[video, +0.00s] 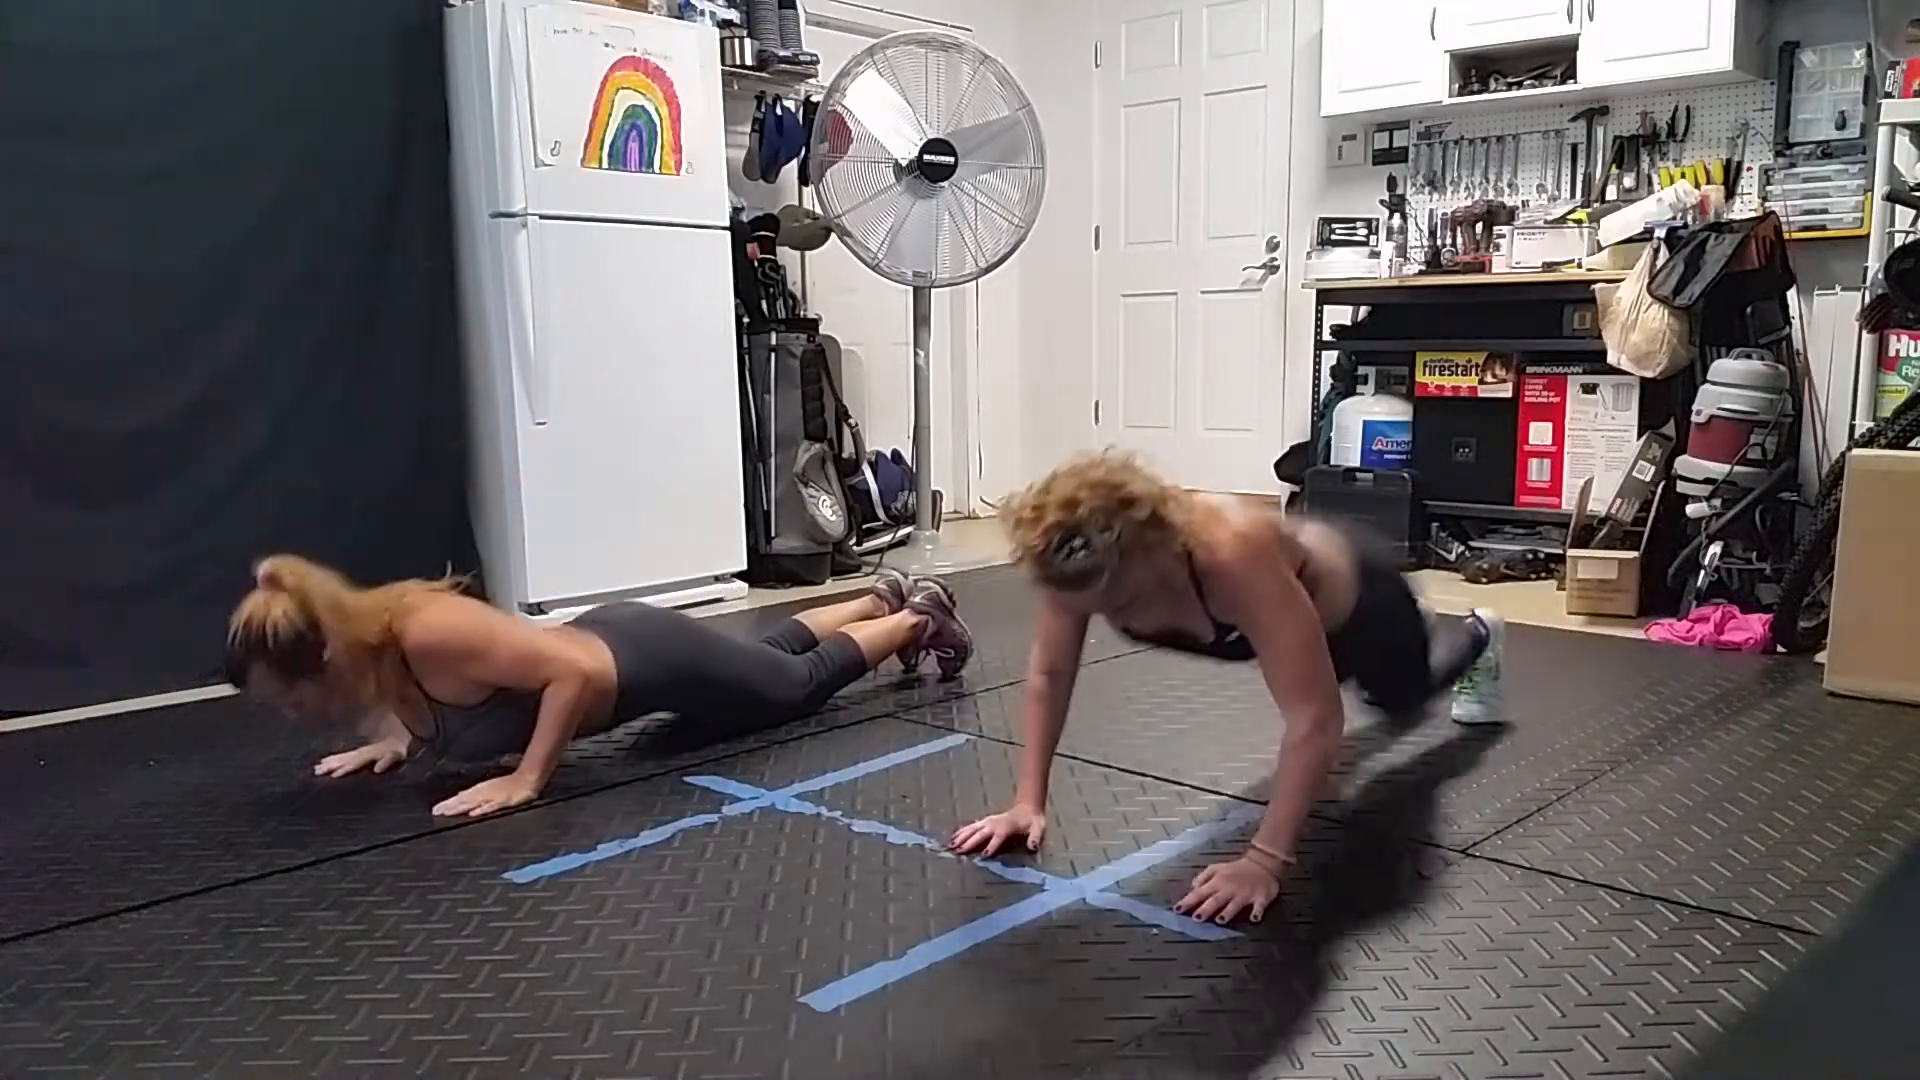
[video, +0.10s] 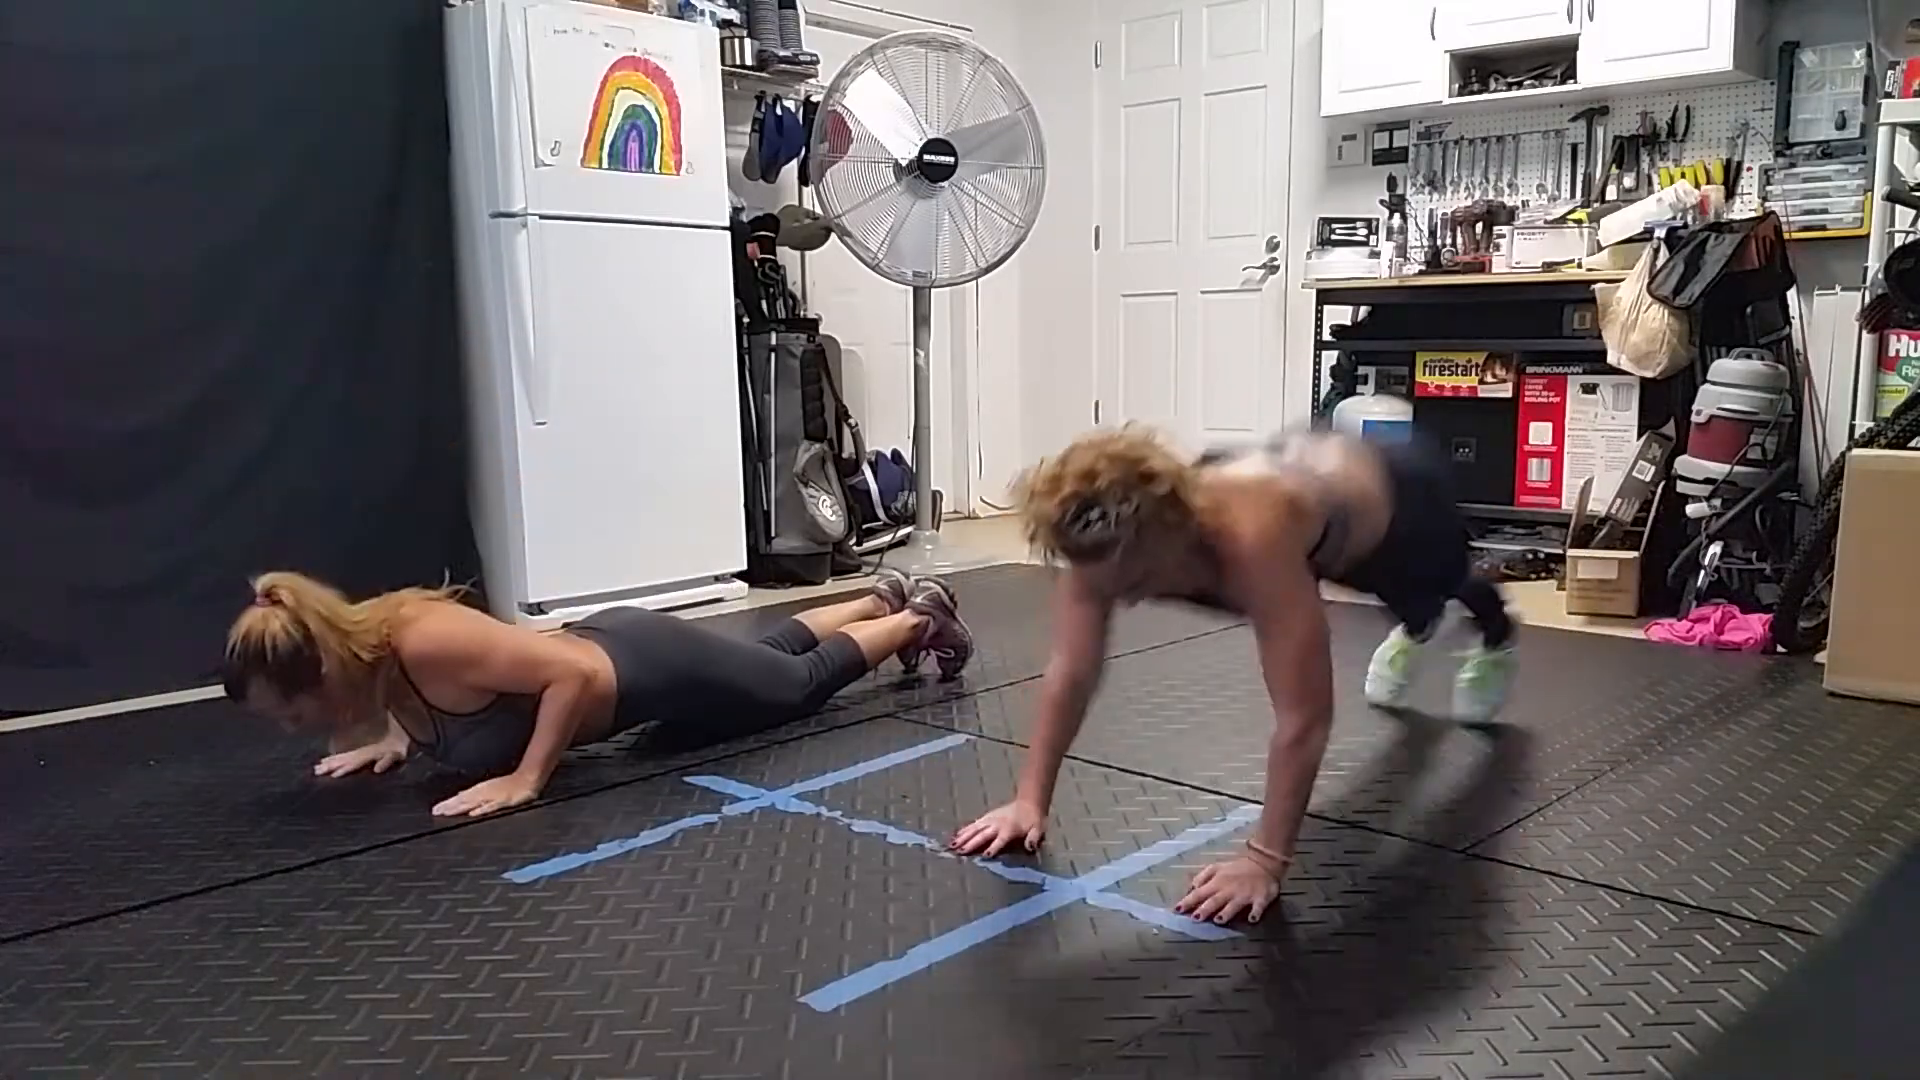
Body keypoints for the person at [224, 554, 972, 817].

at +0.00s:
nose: (296, 716)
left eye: (291, 699)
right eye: (282, 706)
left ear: (322, 662)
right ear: (318, 658)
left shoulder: (430, 638)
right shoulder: (370, 644)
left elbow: (580, 667)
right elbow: (425, 681)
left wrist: (525, 779)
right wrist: (400, 734)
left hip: (651, 660)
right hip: (607, 638)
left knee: (806, 681)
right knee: (761, 644)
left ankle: (914, 620)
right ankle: (871, 599)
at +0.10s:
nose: (301, 726)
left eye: (295, 711)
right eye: (288, 719)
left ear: (320, 672)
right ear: (314, 667)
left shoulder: (427, 646)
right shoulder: (374, 650)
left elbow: (578, 671)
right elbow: (448, 690)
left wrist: (525, 779)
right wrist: (401, 741)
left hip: (649, 672)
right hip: (611, 645)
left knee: (810, 679)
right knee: (767, 646)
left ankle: (915, 620)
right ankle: (880, 600)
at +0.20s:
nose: (289, 699)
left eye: (290, 685)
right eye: (275, 689)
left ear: (325, 647)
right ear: (318, 641)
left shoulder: (434, 634)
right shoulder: (371, 625)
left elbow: (581, 666)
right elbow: (405, 669)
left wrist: (524, 777)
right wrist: (397, 734)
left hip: (650, 660)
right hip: (608, 634)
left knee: (808, 679)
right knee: (766, 642)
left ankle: (916, 623)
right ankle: (876, 598)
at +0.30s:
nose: (289, 657)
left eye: (289, 641)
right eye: (280, 644)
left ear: (330, 609)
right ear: (327, 600)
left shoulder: (446, 602)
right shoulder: (387, 603)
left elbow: (574, 671)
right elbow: (404, 666)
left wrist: (522, 779)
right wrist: (394, 738)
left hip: (658, 646)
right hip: (617, 627)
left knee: (807, 672)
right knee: (763, 645)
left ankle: (920, 622)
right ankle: (878, 601)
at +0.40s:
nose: (298, 585)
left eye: (302, 568)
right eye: (290, 569)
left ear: (354, 544)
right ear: (345, 547)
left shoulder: (464, 562)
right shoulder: (391, 572)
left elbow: (568, 666)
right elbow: (405, 643)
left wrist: (522, 779)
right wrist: (393, 739)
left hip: (661, 633)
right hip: (622, 612)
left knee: (809, 684)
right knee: (773, 643)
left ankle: (923, 623)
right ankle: (885, 598)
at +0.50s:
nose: (326, 511)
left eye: (338, 494)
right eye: (322, 495)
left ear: (397, 482)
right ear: (376, 487)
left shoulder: (493, 530)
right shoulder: (399, 538)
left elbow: (556, 659)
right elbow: (409, 638)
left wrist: (524, 777)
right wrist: (394, 739)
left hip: (674, 623)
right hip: (632, 606)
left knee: (807, 680)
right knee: (773, 643)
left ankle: (924, 627)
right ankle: (878, 598)